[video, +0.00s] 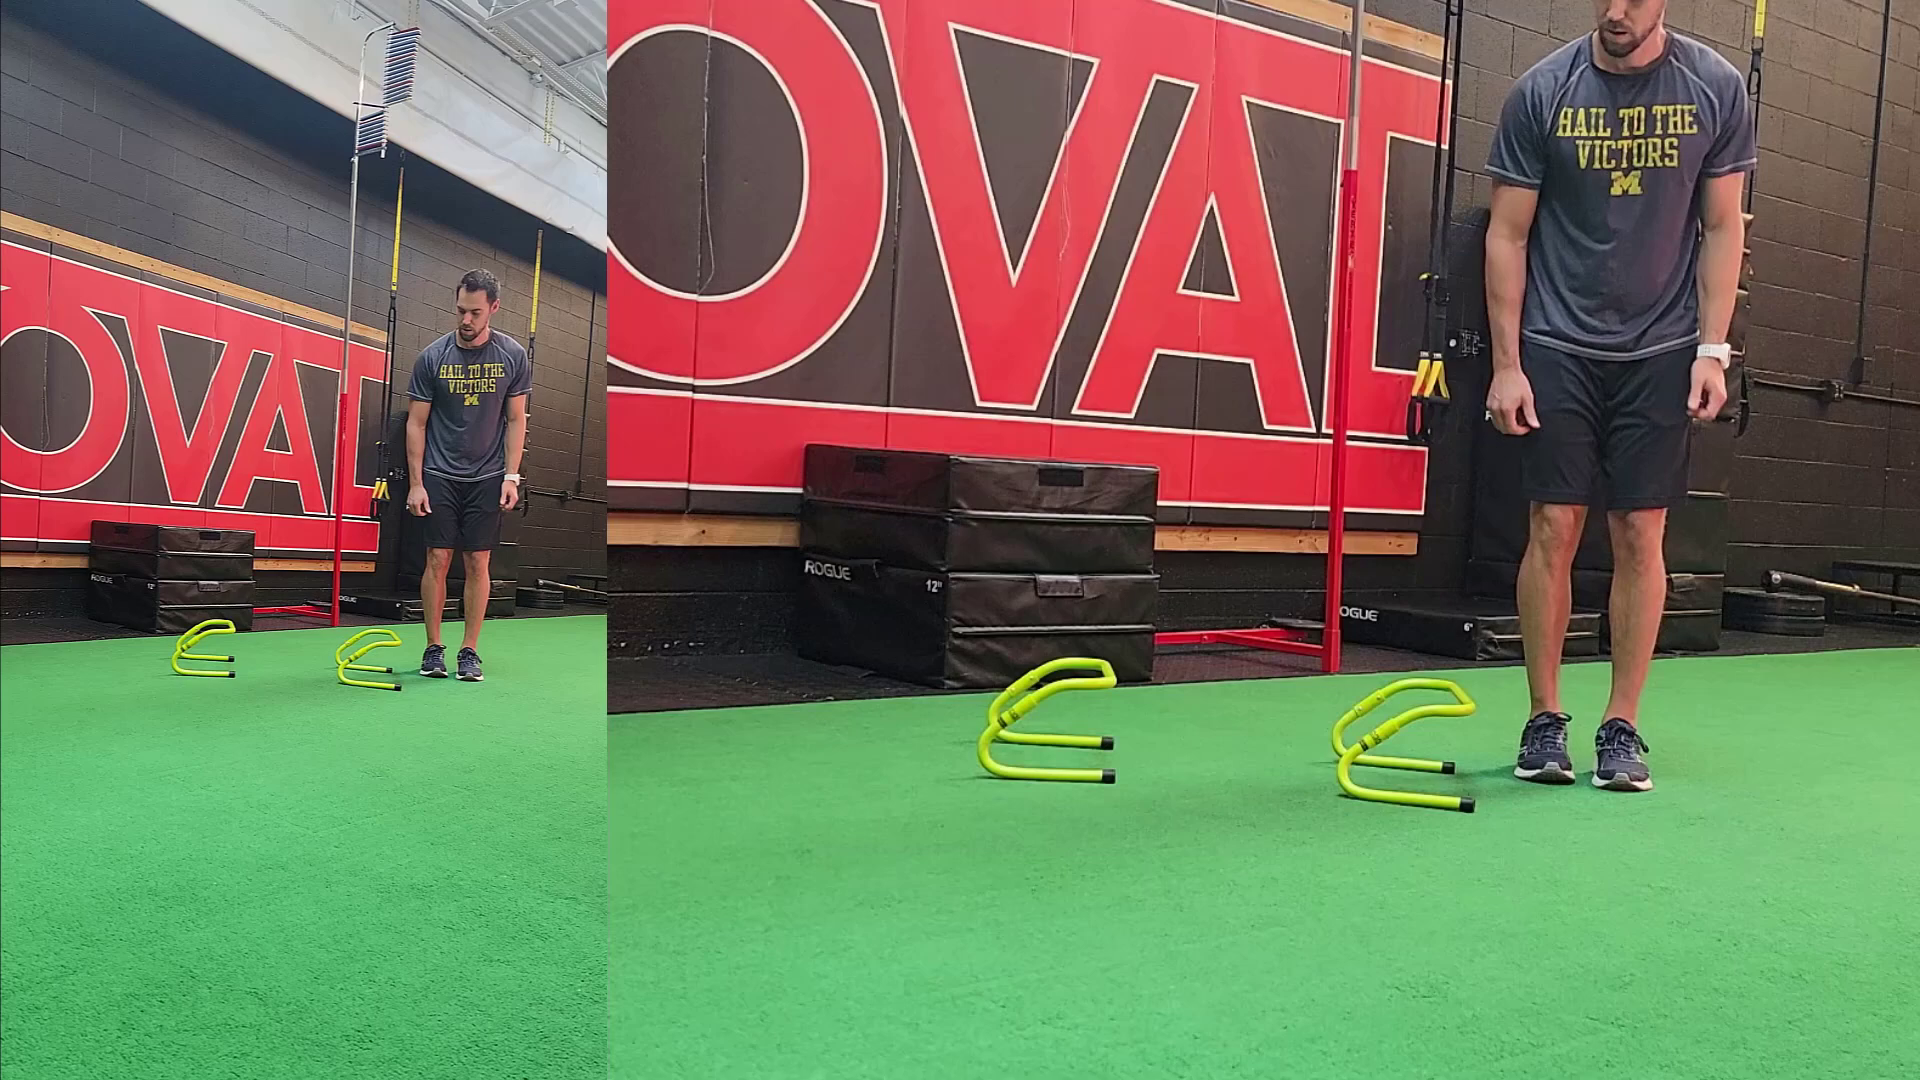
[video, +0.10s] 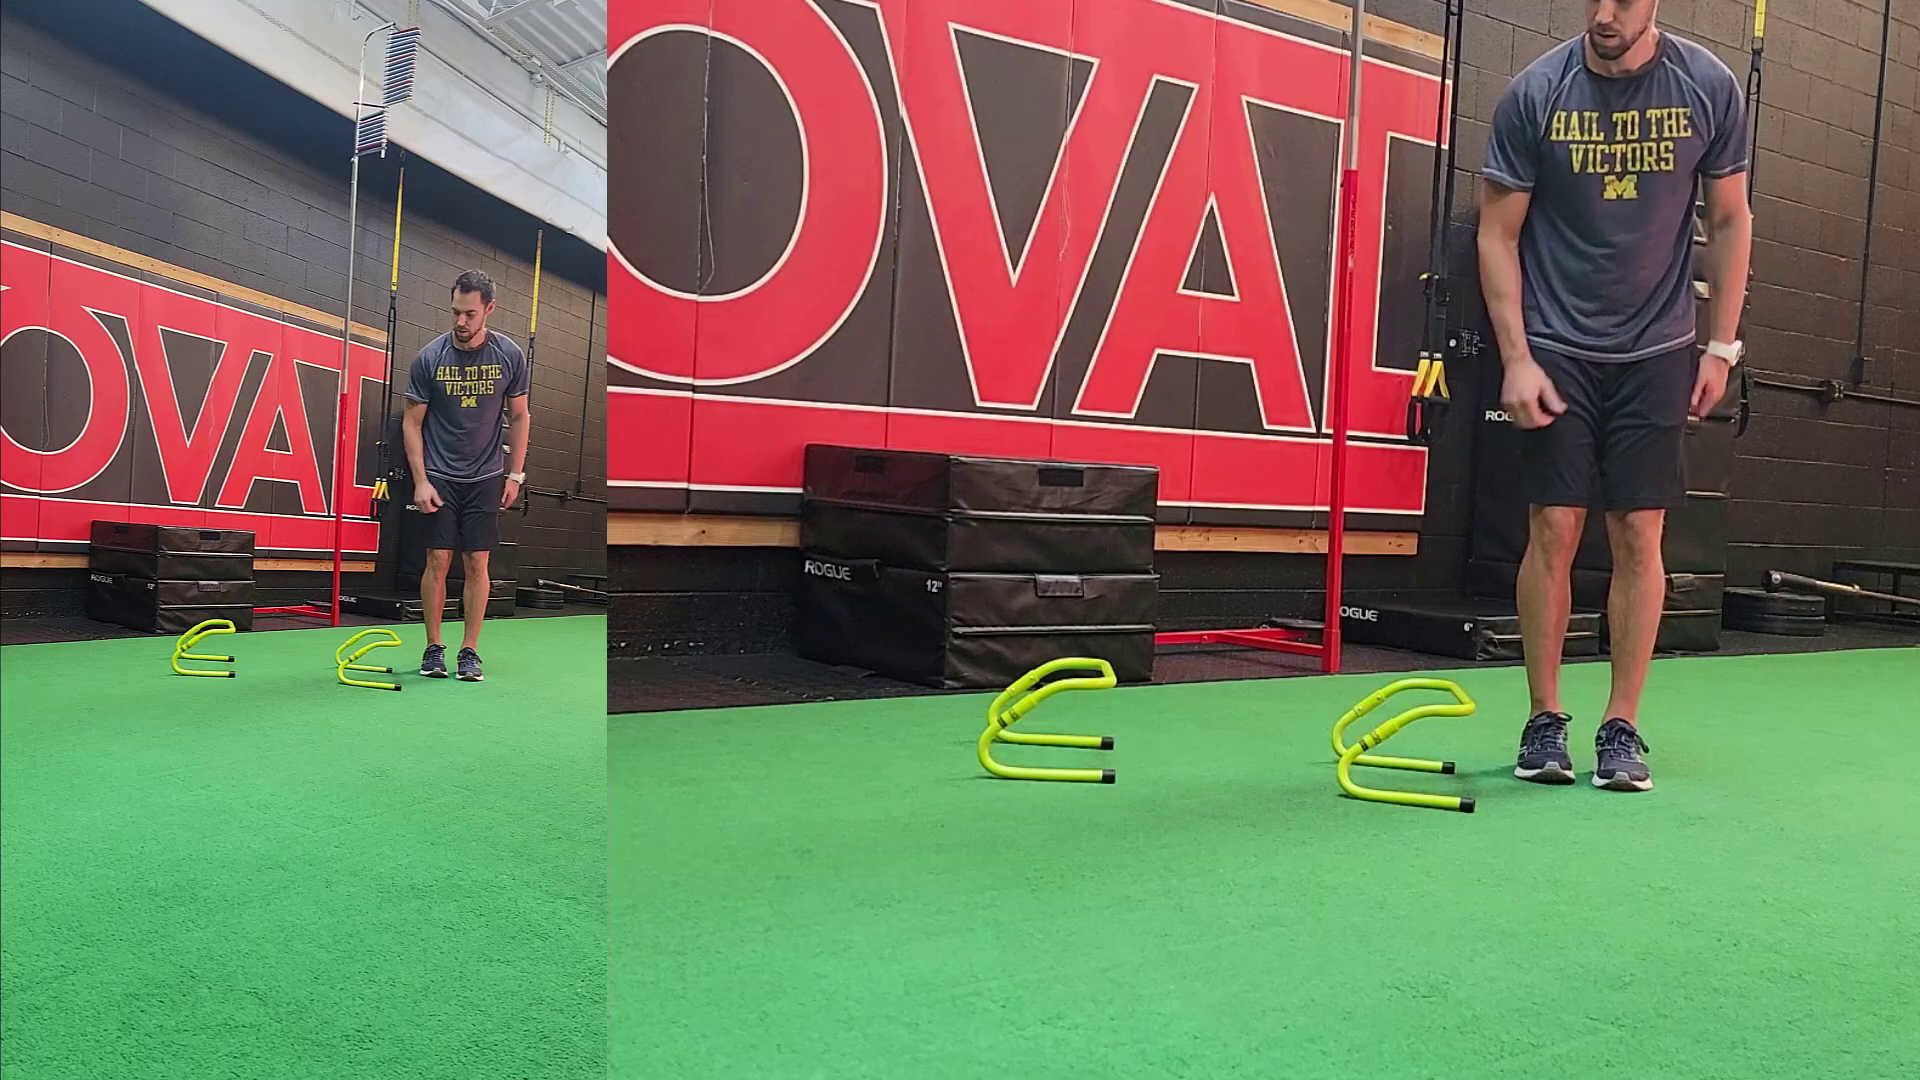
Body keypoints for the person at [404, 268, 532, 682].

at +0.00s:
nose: (466, 320)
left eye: (475, 312)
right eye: (461, 311)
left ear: (493, 308)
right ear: (455, 307)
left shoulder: (513, 357)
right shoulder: (432, 357)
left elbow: (517, 419)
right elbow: (416, 423)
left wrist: (511, 476)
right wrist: (415, 482)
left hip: (487, 477)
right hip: (439, 475)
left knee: (478, 561)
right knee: (438, 560)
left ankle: (470, 650)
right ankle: (433, 647)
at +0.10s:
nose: (461, 321)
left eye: (470, 313)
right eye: (457, 312)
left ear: (489, 309)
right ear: (450, 308)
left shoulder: (510, 356)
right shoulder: (429, 359)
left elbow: (520, 416)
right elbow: (411, 423)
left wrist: (515, 474)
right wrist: (419, 480)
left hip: (485, 477)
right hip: (437, 477)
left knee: (477, 562)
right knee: (438, 561)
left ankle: (469, 651)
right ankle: (433, 647)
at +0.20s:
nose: (456, 324)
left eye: (465, 316)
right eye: (452, 314)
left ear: (485, 312)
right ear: (446, 309)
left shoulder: (505, 356)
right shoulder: (425, 361)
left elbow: (527, 401)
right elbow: (402, 420)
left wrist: (518, 454)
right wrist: (429, 460)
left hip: (483, 475)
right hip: (437, 476)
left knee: (477, 561)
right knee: (442, 558)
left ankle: (469, 651)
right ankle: (434, 646)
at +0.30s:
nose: (450, 327)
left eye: (459, 319)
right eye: (446, 317)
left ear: (479, 315)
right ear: (440, 312)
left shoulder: (500, 356)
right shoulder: (419, 362)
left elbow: (528, 390)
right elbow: (394, 417)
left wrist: (518, 442)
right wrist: (427, 438)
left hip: (477, 474)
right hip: (428, 473)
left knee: (475, 560)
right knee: (442, 550)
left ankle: (469, 651)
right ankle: (434, 637)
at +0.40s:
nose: (439, 331)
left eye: (448, 323)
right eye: (435, 321)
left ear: (469, 320)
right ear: (430, 316)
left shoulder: (491, 363)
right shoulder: (409, 364)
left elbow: (518, 406)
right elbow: (387, 418)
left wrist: (513, 459)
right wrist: (411, 443)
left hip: (470, 473)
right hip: (422, 468)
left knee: (471, 560)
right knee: (432, 533)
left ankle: (468, 650)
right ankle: (430, 591)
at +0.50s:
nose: (427, 336)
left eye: (435, 328)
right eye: (422, 327)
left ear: (457, 326)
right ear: (417, 322)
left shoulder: (478, 374)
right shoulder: (397, 370)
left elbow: (494, 434)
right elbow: (377, 426)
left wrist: (500, 493)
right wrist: (372, 477)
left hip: (456, 474)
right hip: (406, 466)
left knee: (466, 564)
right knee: (408, 519)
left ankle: (468, 649)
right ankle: (398, 559)